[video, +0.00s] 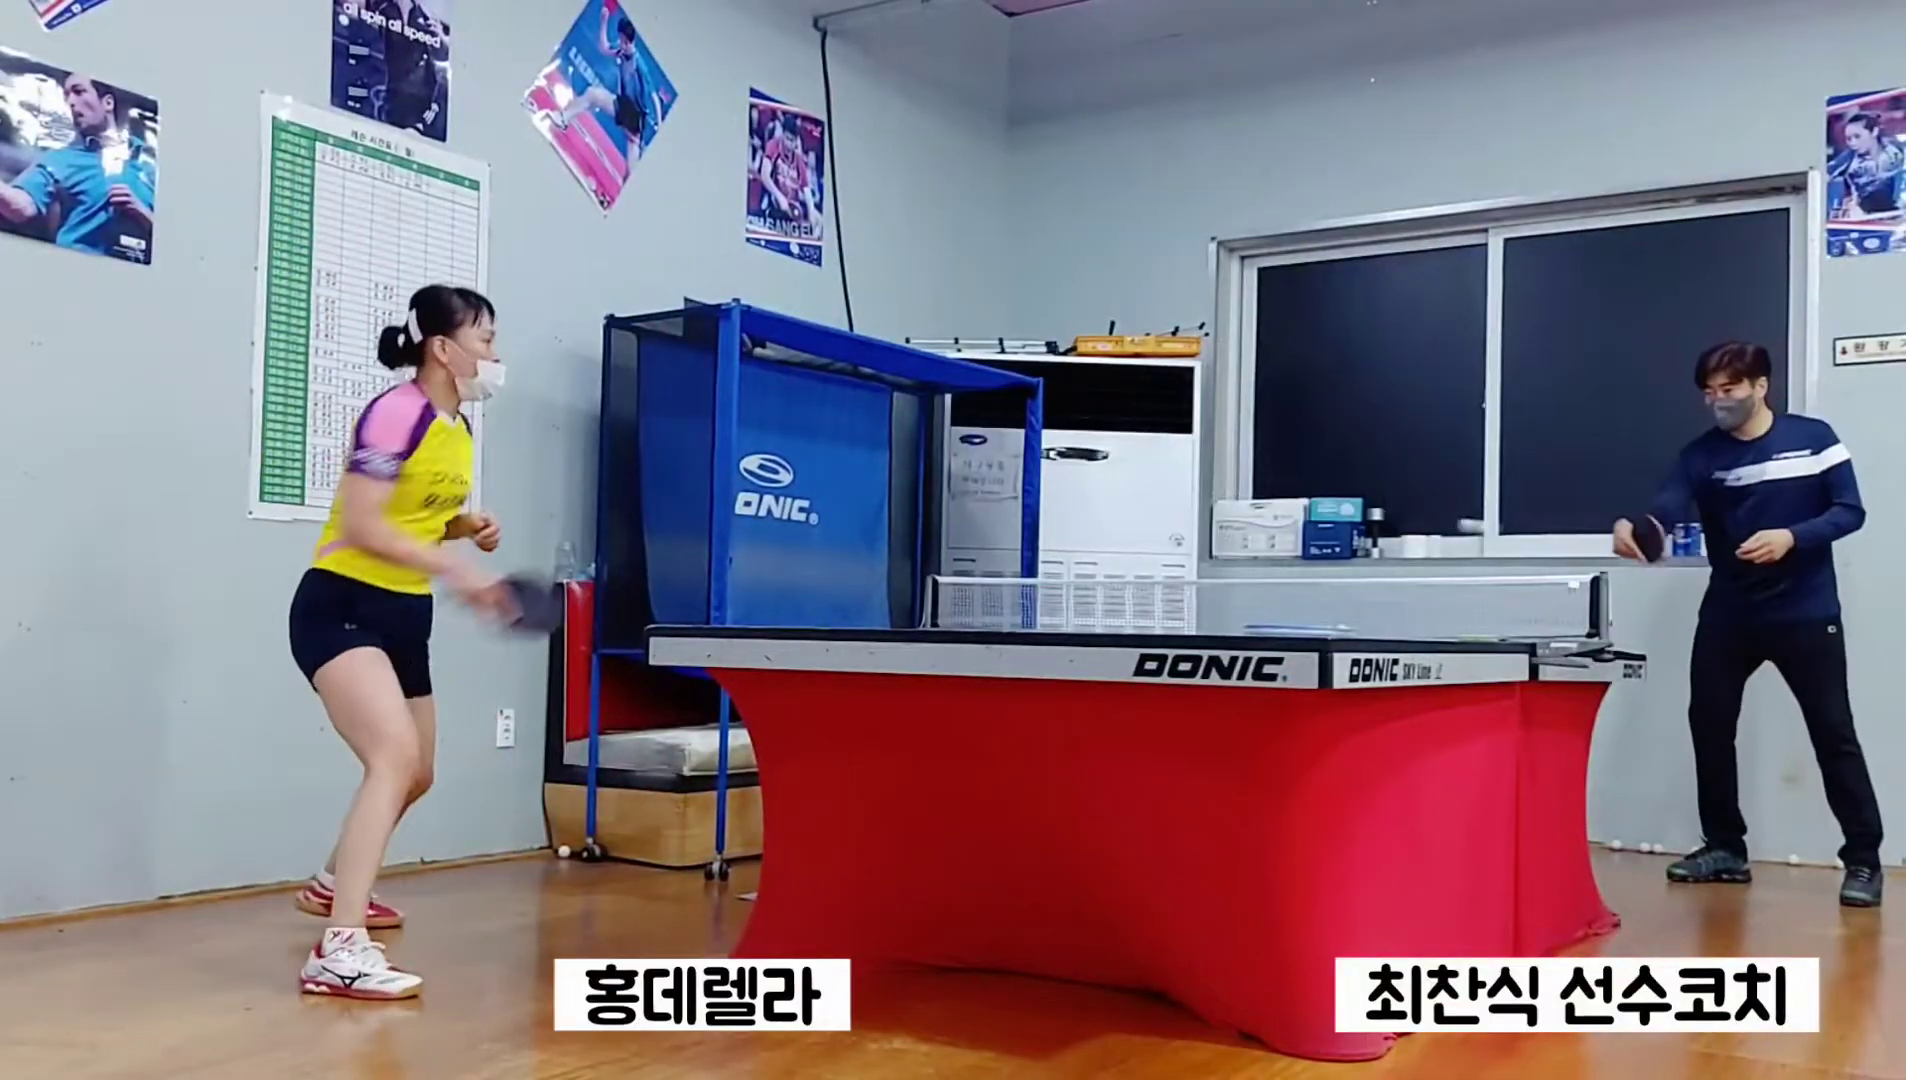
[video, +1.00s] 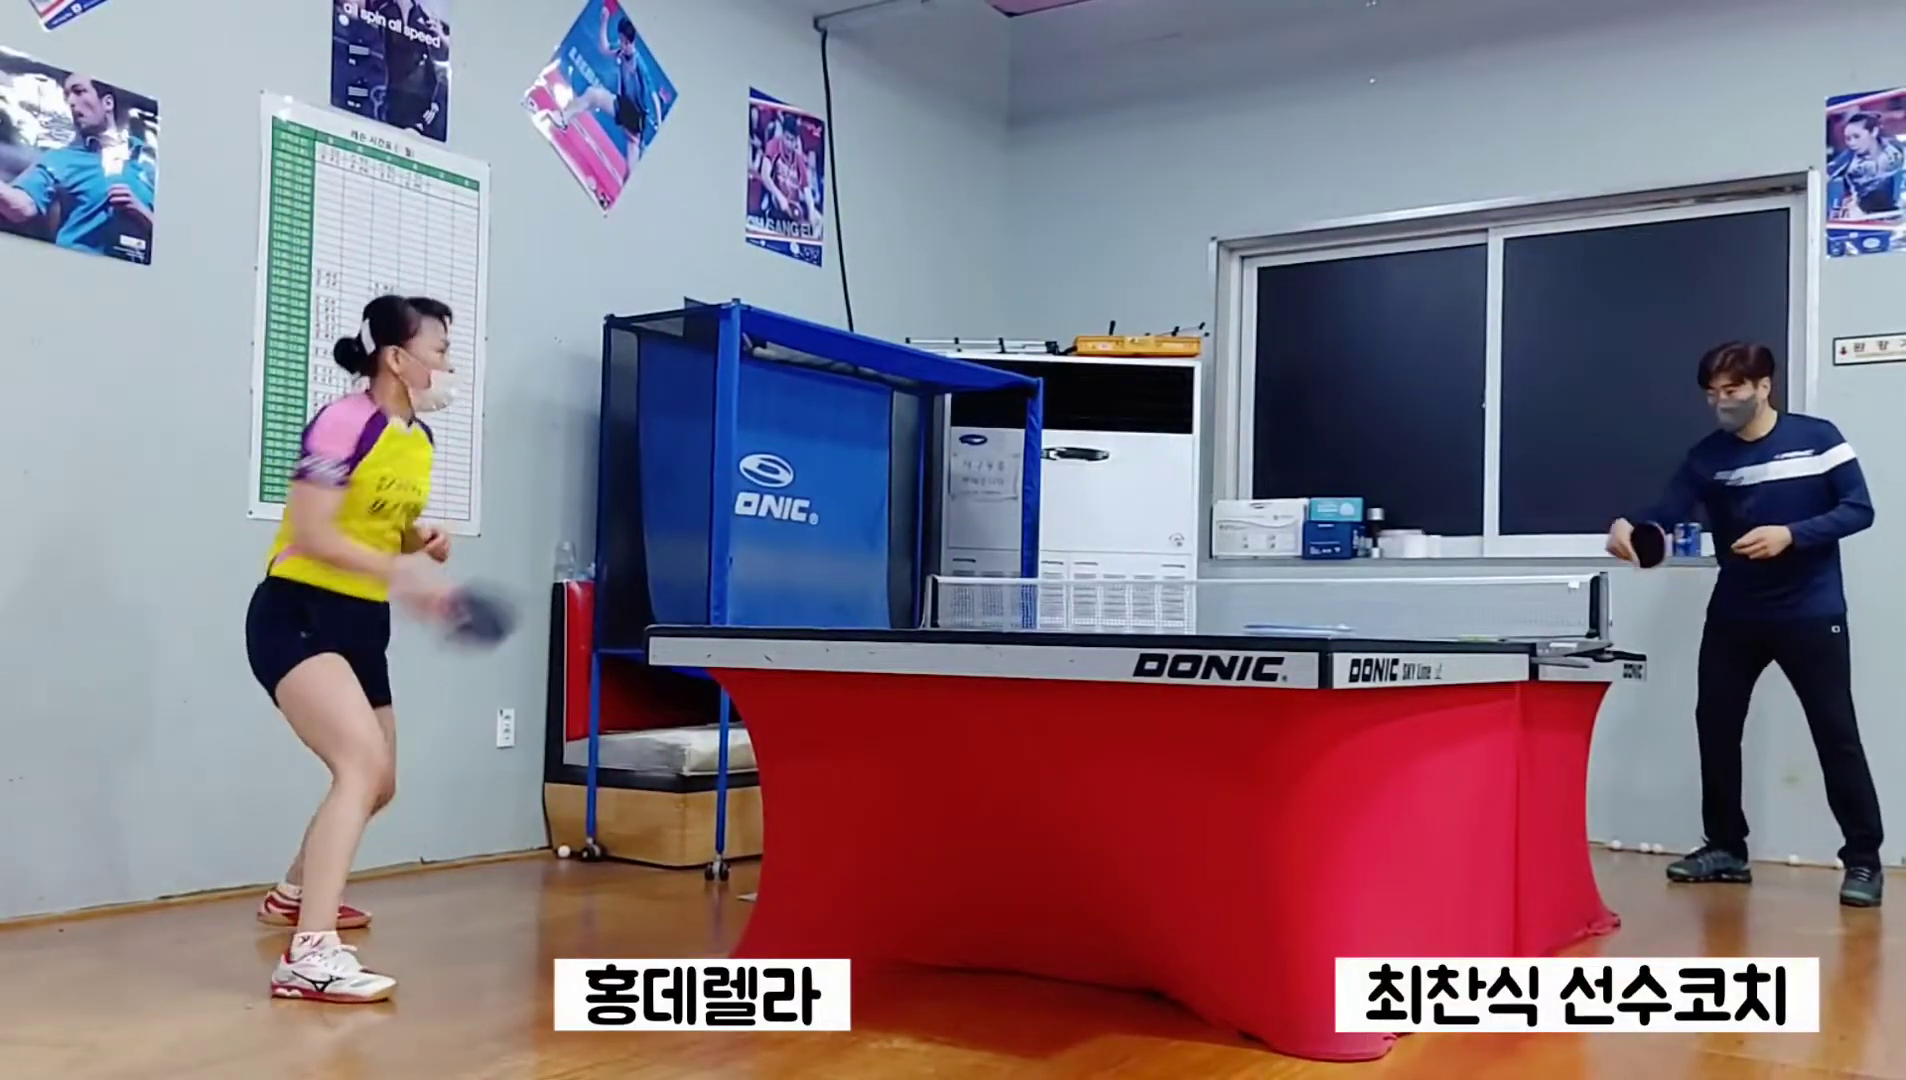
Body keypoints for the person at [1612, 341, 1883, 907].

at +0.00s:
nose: (1719, 399)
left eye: (1729, 388)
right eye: (1711, 391)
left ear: (1760, 387)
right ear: (1703, 396)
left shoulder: (1813, 438)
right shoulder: (1701, 457)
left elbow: (1849, 512)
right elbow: (1667, 509)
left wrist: (1791, 535)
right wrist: (1637, 529)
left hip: (1805, 615)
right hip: (1728, 616)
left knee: (1834, 736)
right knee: (1708, 724)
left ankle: (1862, 862)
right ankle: (1725, 848)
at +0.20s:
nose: (1728, 389)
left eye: (1739, 379)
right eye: (1721, 382)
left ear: (1771, 380)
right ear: (1715, 390)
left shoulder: (1825, 437)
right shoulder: (1708, 454)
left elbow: (1861, 512)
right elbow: (1668, 511)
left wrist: (1795, 539)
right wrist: (1637, 516)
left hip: (1812, 615)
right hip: (1736, 615)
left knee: (1837, 736)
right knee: (1716, 724)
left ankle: (1862, 863)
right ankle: (1725, 849)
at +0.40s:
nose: (1735, 387)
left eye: (1746, 376)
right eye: (1727, 381)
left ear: (1778, 379)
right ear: (1722, 389)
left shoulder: (1827, 434)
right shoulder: (1727, 454)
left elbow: (1864, 509)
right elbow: (1715, 529)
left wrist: (1785, 537)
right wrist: (1684, 547)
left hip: (1821, 617)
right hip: (1751, 618)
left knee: (1842, 741)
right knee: (1729, 726)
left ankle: (1863, 864)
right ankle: (1728, 848)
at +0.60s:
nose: (1730, 393)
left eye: (1741, 382)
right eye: (1723, 386)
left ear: (1774, 382)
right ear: (1720, 393)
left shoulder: (1824, 434)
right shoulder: (1729, 454)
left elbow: (1862, 509)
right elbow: (1729, 530)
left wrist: (1781, 533)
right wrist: (1701, 572)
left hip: (1822, 617)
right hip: (1753, 617)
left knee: (1842, 739)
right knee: (1733, 729)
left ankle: (1863, 864)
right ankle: (1729, 848)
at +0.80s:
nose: (1726, 405)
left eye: (1736, 394)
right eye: (1718, 397)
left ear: (1767, 389)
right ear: (1712, 400)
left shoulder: (1821, 437)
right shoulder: (1716, 459)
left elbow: (1861, 512)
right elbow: (1693, 528)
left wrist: (1786, 534)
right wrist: (1679, 572)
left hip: (1816, 619)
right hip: (1742, 621)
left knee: (1841, 739)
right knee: (1718, 725)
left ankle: (1863, 863)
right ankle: (1727, 848)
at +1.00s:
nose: (1721, 400)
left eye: (1732, 389)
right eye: (1713, 392)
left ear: (1763, 387)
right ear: (1707, 397)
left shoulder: (1818, 438)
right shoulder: (1706, 457)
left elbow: (1859, 510)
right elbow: (1666, 516)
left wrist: (1790, 533)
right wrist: (1631, 529)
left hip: (1811, 616)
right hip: (1735, 616)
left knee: (1837, 738)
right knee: (1716, 727)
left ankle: (1863, 863)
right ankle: (1726, 849)